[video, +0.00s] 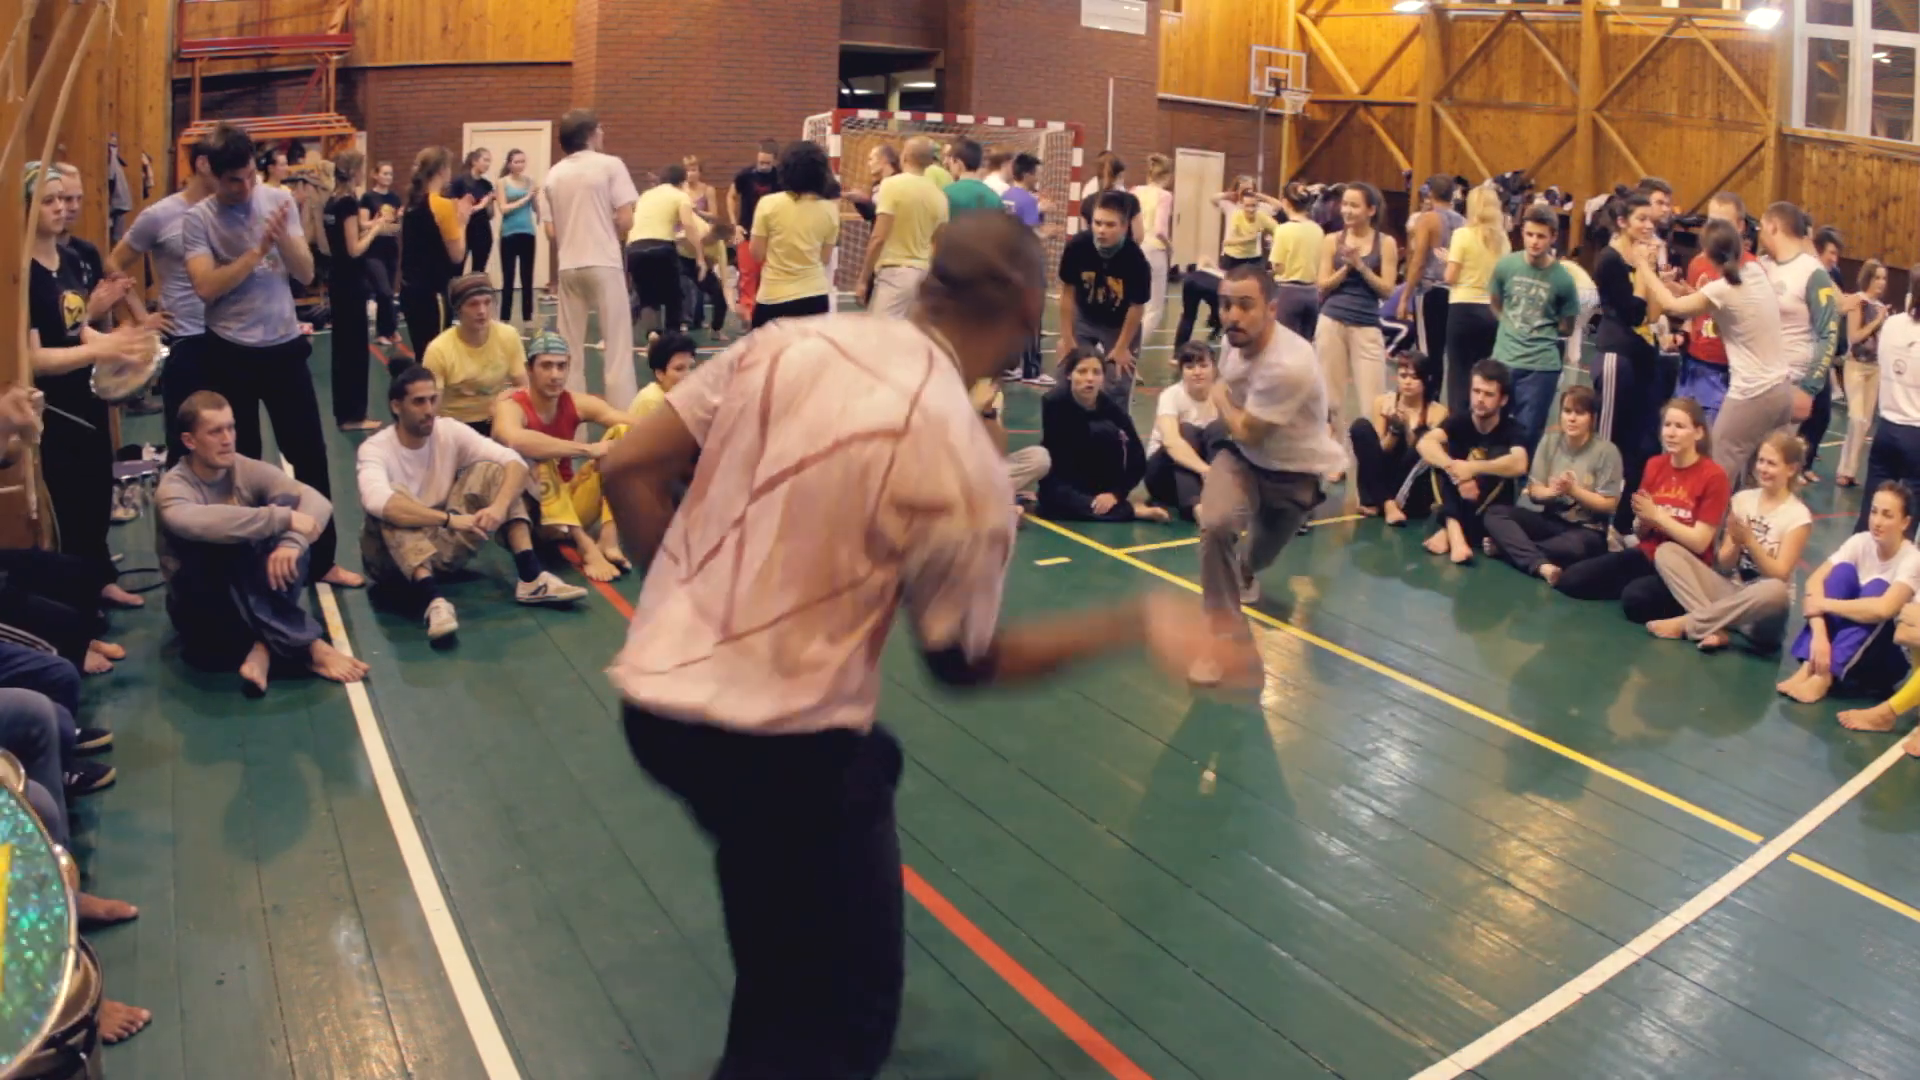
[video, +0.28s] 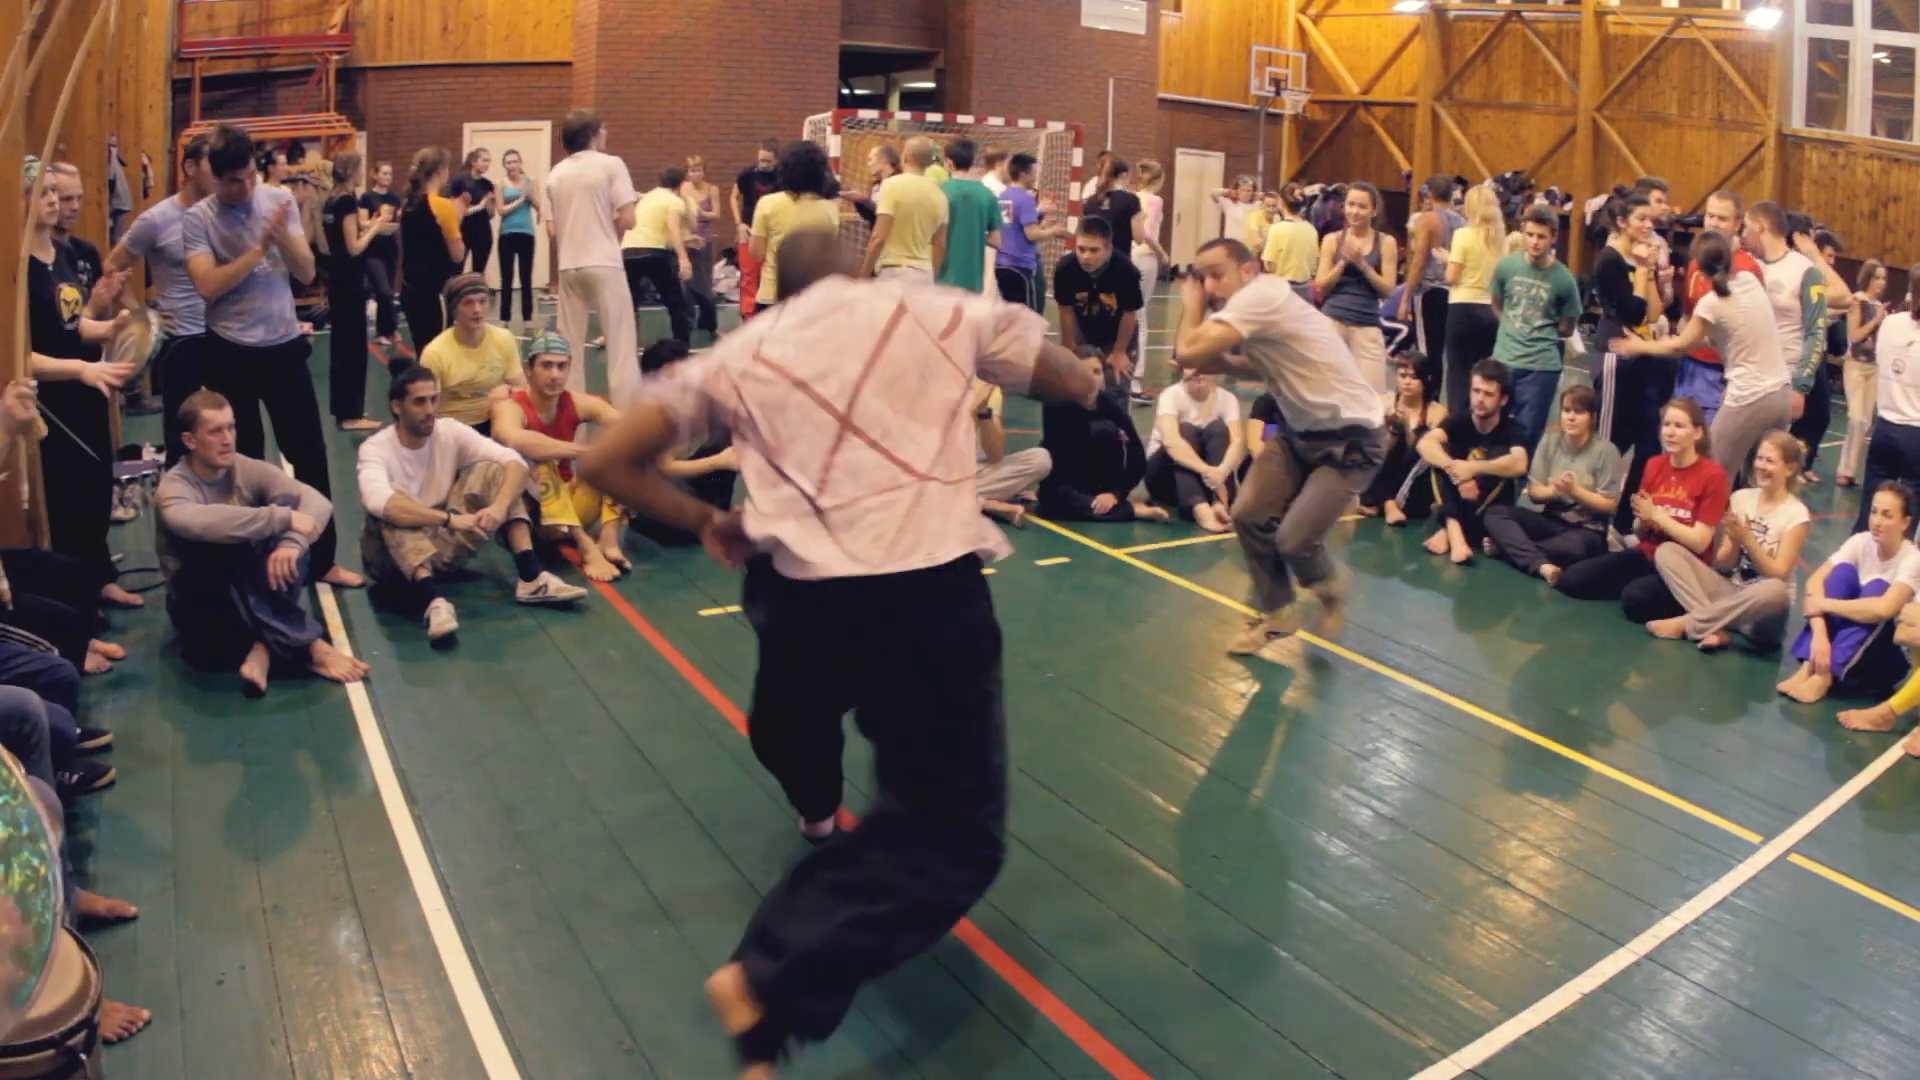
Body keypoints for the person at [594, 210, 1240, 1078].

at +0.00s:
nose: (1031, 329)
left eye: (1034, 314)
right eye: (1033, 312)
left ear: (934, 278)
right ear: (1018, 307)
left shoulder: (783, 343)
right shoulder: (952, 449)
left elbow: (629, 465)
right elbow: (963, 658)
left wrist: (696, 591)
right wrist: (1136, 618)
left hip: (659, 704)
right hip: (783, 744)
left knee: (866, 760)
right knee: (833, 1022)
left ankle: (813, 1013)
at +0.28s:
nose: (864, 254)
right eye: (860, 249)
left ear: (780, 287)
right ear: (865, 264)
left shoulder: (740, 353)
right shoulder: (938, 308)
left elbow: (604, 458)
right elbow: (1076, 382)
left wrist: (705, 518)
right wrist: (1031, 354)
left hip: (804, 602)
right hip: (935, 597)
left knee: (793, 717)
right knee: (954, 831)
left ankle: (820, 810)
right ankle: (765, 982)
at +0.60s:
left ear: (855, 405)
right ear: (929, 381)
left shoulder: (829, 451)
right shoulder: (987, 396)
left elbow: (827, 579)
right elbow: (1128, 418)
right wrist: (1044, 440)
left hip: (898, 570)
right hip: (1026, 555)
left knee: (845, 680)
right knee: (1151, 737)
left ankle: (818, 802)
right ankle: (1294, 923)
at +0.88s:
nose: (1292, 329)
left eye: (1289, 316)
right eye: (1288, 317)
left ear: (1214, 303)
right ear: (1263, 311)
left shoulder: (1132, 353)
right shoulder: (1244, 363)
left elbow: (1098, 436)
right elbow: (1285, 431)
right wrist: (1429, 462)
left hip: (1045, 589)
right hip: (1148, 605)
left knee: (967, 682)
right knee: (1308, 663)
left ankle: (875, 805)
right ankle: (1302, 841)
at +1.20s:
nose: (1337, 436)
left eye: (1342, 426)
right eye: (1338, 425)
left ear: (1288, 391)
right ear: (1312, 418)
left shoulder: (1297, 456)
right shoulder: (1169, 439)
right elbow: (1043, 493)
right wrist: (939, 569)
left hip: (1211, 620)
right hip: (1148, 611)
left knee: (1073, 760)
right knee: (1328, 685)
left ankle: (905, 737)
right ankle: (1316, 841)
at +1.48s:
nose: (1146, 288)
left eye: (1155, 276)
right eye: (1147, 271)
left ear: (1127, 253)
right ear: (1113, 242)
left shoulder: (1114, 330)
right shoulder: (988, 273)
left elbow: (1115, 461)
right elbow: (868, 299)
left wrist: (1104, 407)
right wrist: (807, 408)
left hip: (1054, 525)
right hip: (967, 513)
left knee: (995, 699)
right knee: (1086, 668)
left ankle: (858, 747)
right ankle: (1205, 841)